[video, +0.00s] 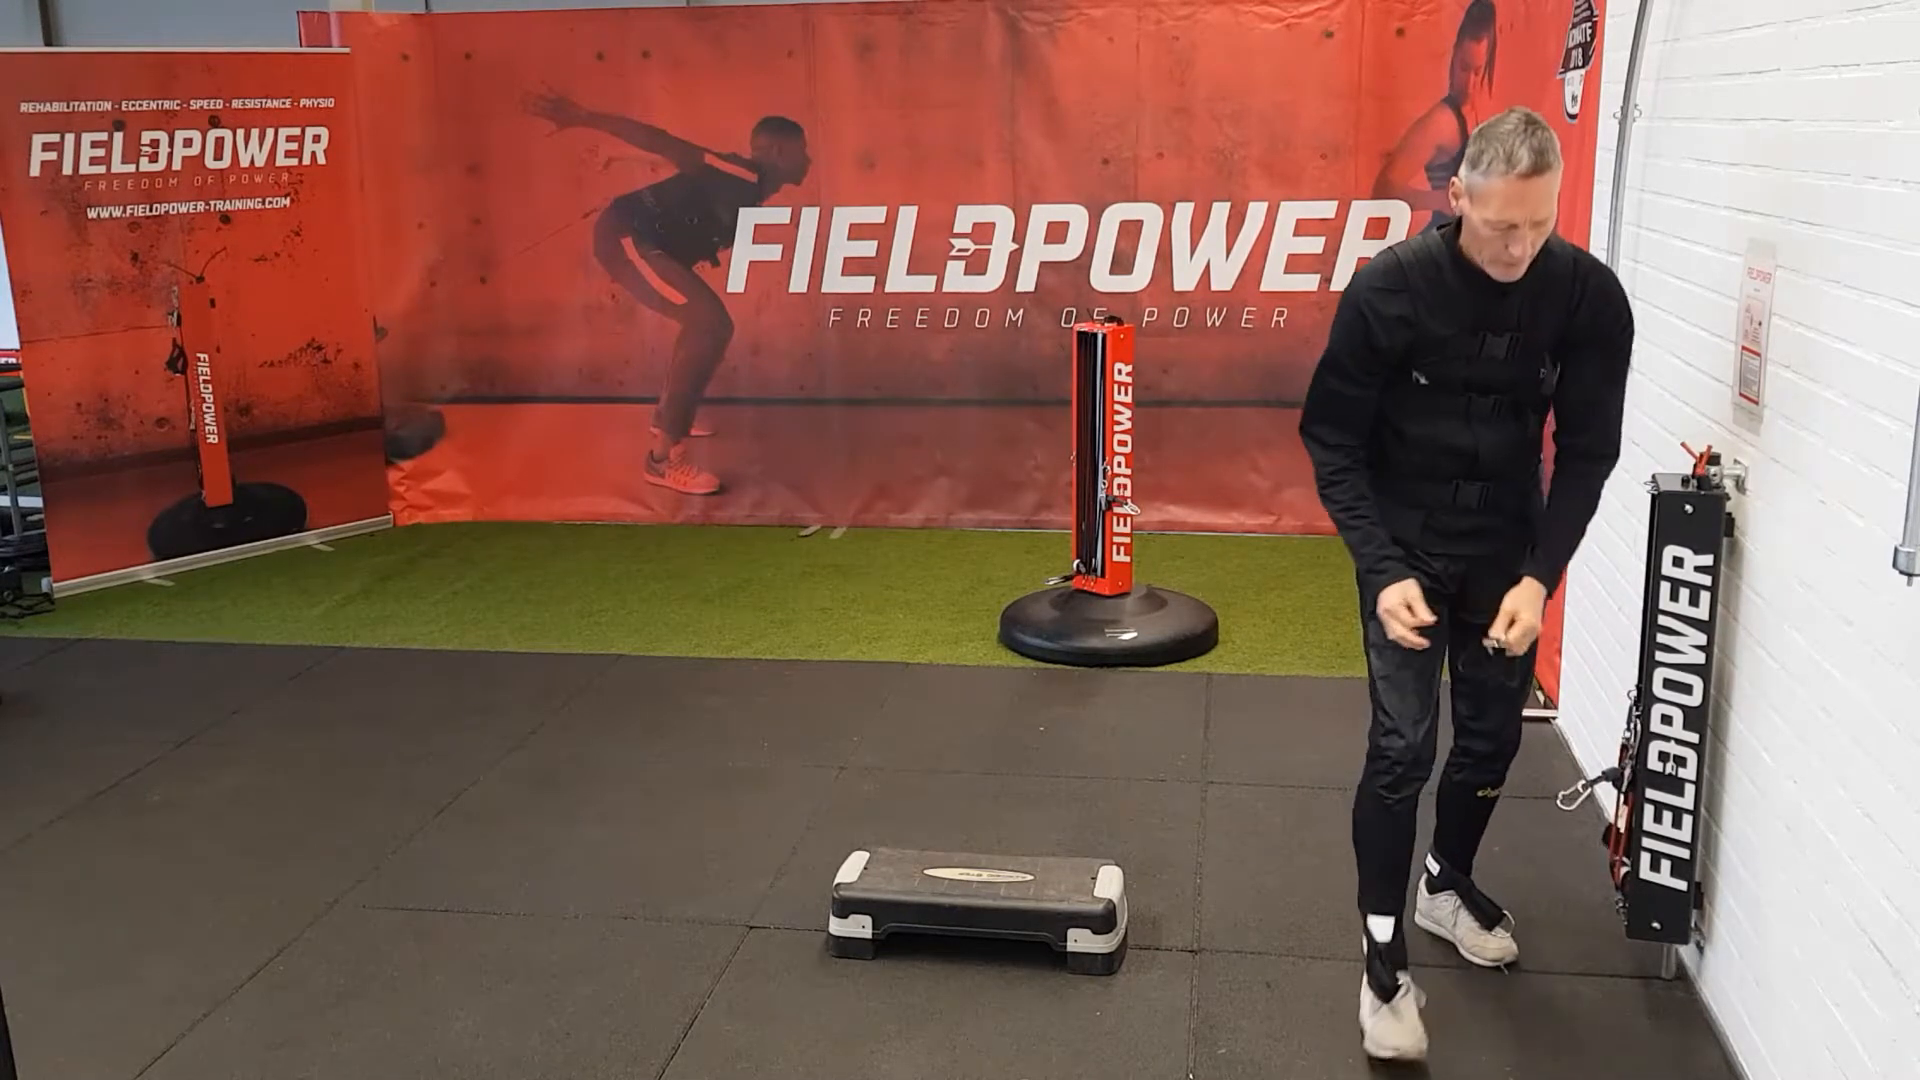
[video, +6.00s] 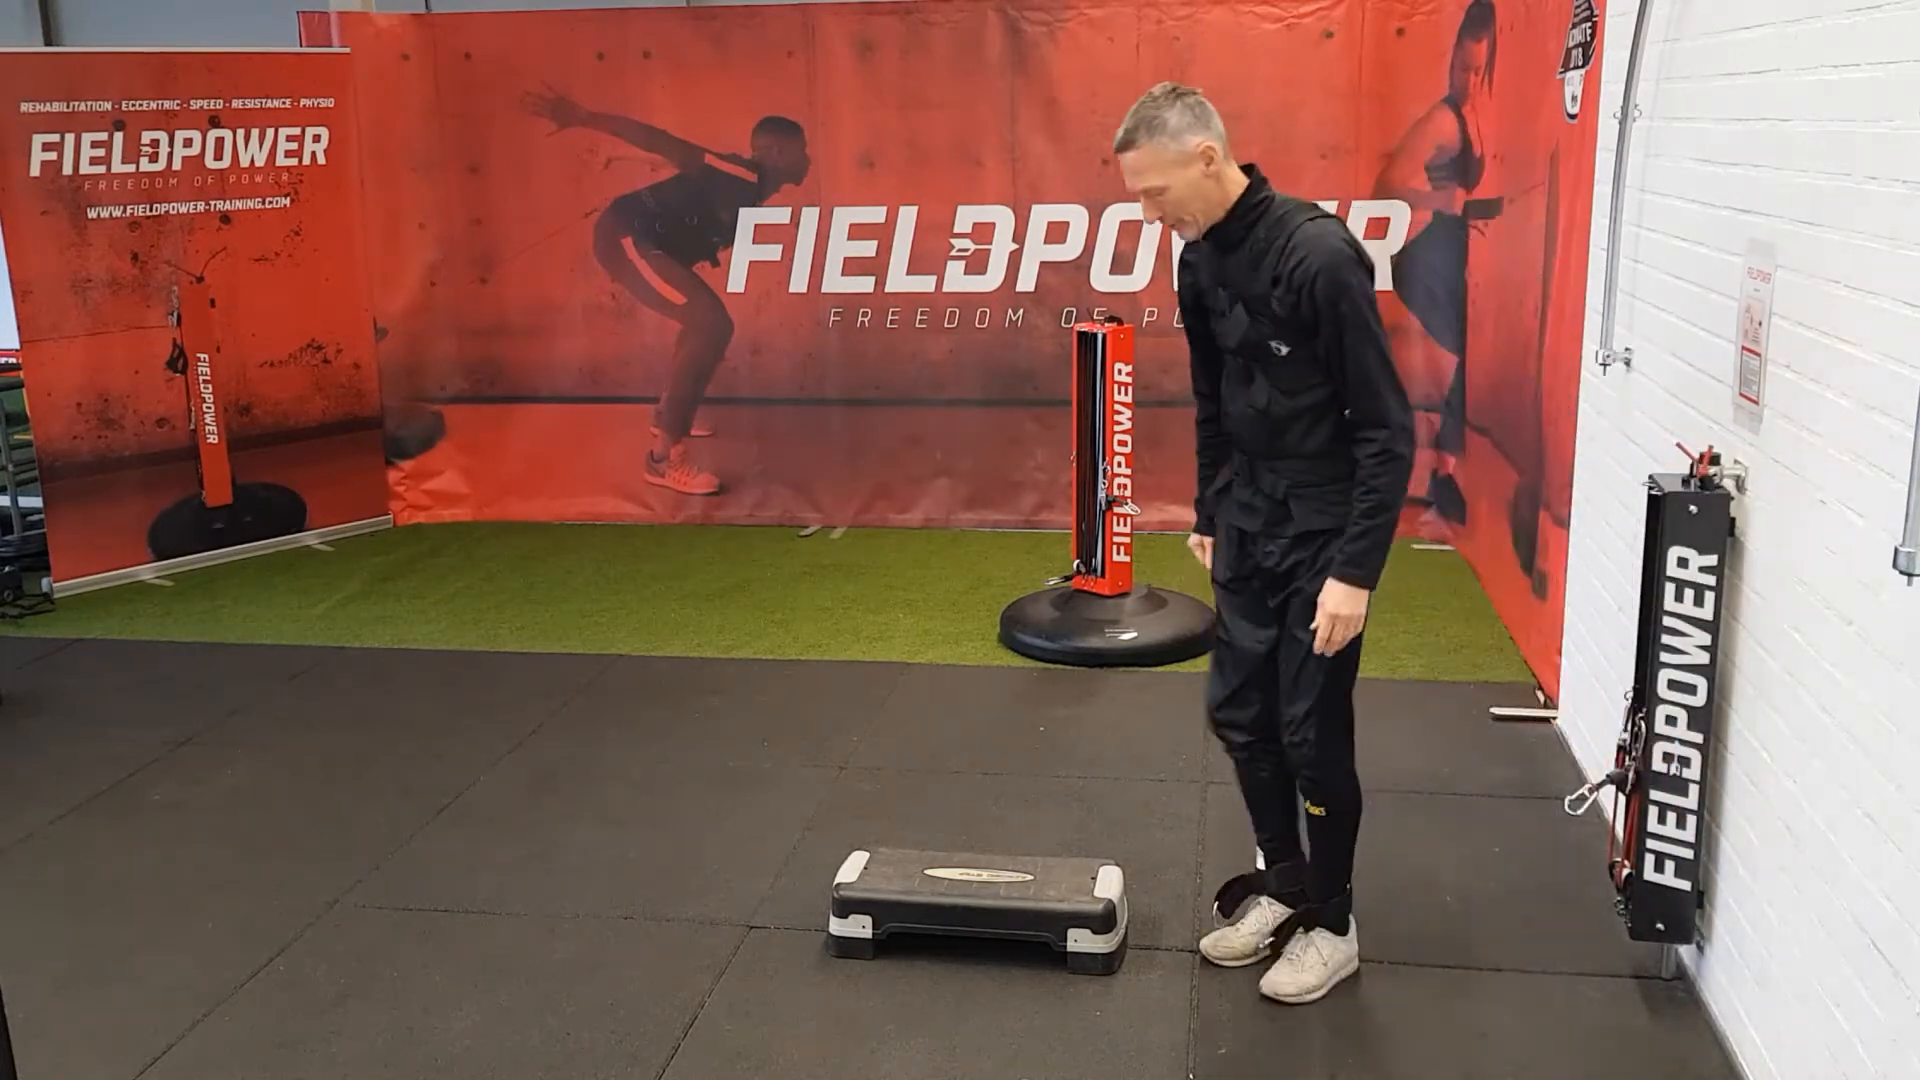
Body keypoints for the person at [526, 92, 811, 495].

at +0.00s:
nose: (807, 159)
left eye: (804, 150)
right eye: (801, 150)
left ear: (773, 151)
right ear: (772, 150)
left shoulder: (749, 189)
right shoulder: (737, 178)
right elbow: (662, 143)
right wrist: (582, 117)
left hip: (642, 237)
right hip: (627, 235)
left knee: (710, 322)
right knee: (712, 325)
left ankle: (670, 413)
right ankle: (665, 458)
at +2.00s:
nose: (807, 159)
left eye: (805, 150)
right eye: (800, 150)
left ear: (774, 151)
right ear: (772, 150)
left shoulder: (749, 188)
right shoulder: (735, 177)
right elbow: (662, 142)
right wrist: (584, 117)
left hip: (644, 236)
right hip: (626, 233)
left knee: (709, 321)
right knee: (713, 326)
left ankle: (670, 411)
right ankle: (665, 457)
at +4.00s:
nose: (807, 158)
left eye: (805, 150)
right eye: (800, 150)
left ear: (773, 152)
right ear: (771, 150)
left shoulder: (752, 188)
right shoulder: (734, 175)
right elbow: (659, 141)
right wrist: (581, 117)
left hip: (646, 237)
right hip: (626, 234)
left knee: (710, 322)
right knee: (713, 325)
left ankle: (670, 413)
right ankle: (665, 457)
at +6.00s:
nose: (807, 159)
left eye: (805, 150)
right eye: (800, 150)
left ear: (774, 151)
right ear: (772, 150)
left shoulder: (750, 188)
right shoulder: (735, 176)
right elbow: (659, 142)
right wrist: (584, 117)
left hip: (645, 237)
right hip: (626, 233)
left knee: (709, 322)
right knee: (713, 325)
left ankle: (670, 412)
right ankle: (665, 456)